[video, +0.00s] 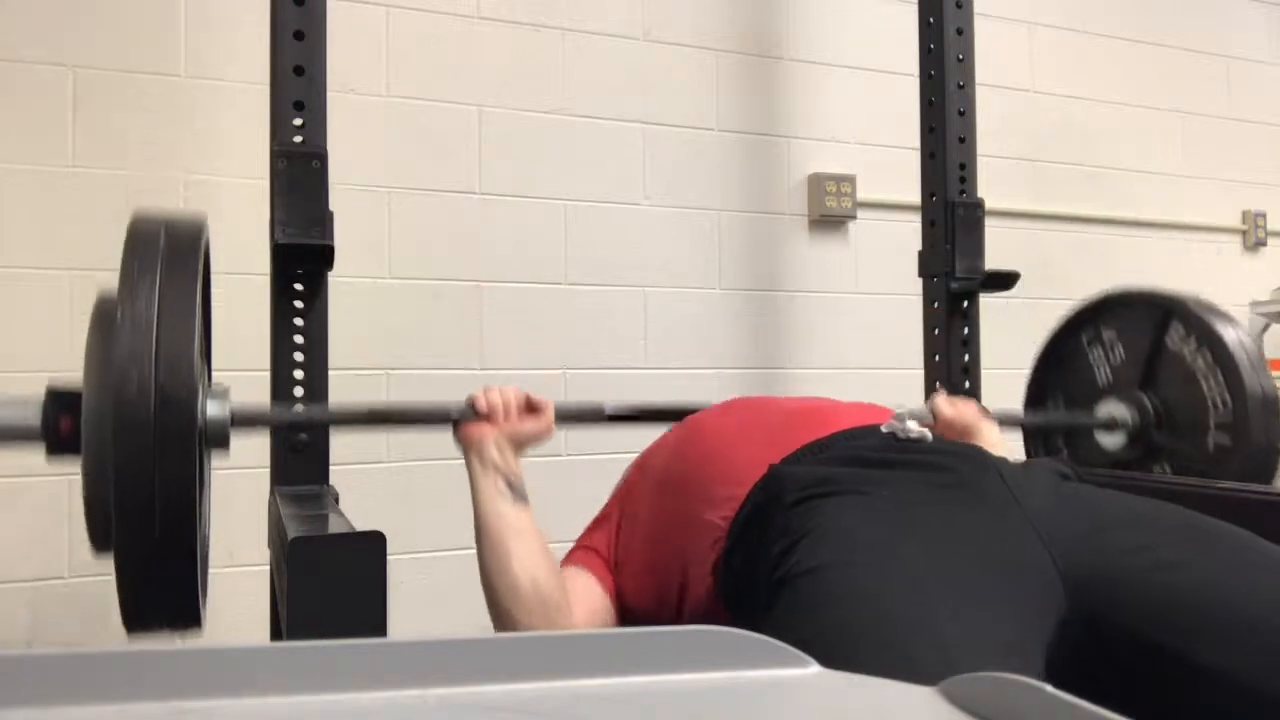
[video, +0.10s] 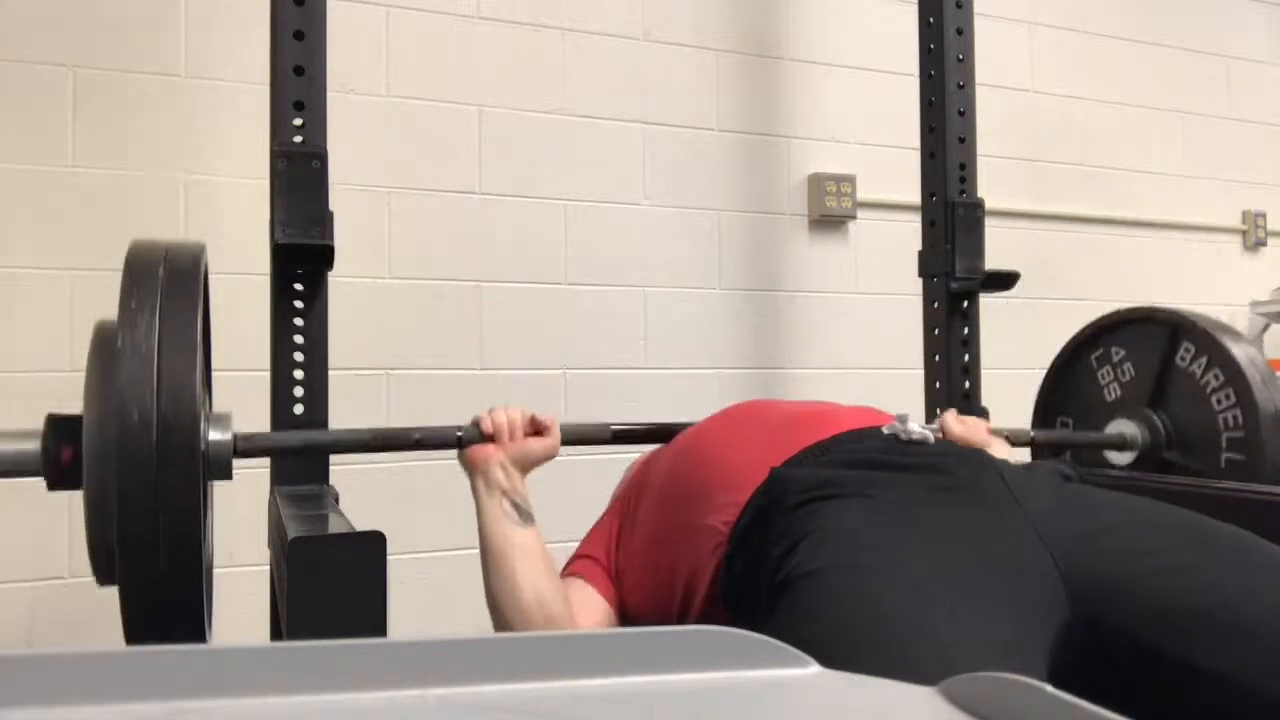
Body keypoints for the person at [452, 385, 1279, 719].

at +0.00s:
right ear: (652, 476)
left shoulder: (867, 421)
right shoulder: (622, 533)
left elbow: (1026, 521)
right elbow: (546, 628)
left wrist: (984, 446)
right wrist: (493, 473)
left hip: (1028, 487)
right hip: (855, 504)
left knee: (1277, 608)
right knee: (942, 689)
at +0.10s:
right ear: (640, 493)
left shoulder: (855, 425)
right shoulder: (619, 539)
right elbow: (550, 634)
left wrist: (980, 454)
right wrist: (496, 491)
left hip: (1031, 487)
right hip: (851, 507)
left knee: (1274, 607)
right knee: (935, 694)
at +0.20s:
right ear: (646, 489)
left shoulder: (865, 422)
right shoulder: (626, 532)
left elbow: (1036, 516)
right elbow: (555, 621)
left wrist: (996, 448)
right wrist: (501, 472)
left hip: (1032, 487)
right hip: (857, 500)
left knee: (1272, 605)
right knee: (944, 669)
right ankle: (966, 702)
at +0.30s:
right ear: (650, 492)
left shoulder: (888, 426)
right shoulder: (638, 518)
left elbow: (1013, 502)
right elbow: (553, 594)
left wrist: (987, 410)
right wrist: (498, 425)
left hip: (1026, 478)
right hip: (858, 498)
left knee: (1274, 617)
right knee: (945, 681)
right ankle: (980, 699)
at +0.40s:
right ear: (654, 497)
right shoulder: (629, 537)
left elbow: (994, 480)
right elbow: (535, 546)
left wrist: (980, 374)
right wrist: (492, 380)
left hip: (1035, 484)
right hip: (858, 506)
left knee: (1273, 618)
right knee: (918, 695)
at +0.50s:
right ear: (646, 485)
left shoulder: (869, 440)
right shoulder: (618, 543)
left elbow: (965, 466)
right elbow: (528, 508)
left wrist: (970, 347)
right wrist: (488, 343)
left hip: (1045, 486)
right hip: (857, 508)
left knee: (1276, 623)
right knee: (934, 697)